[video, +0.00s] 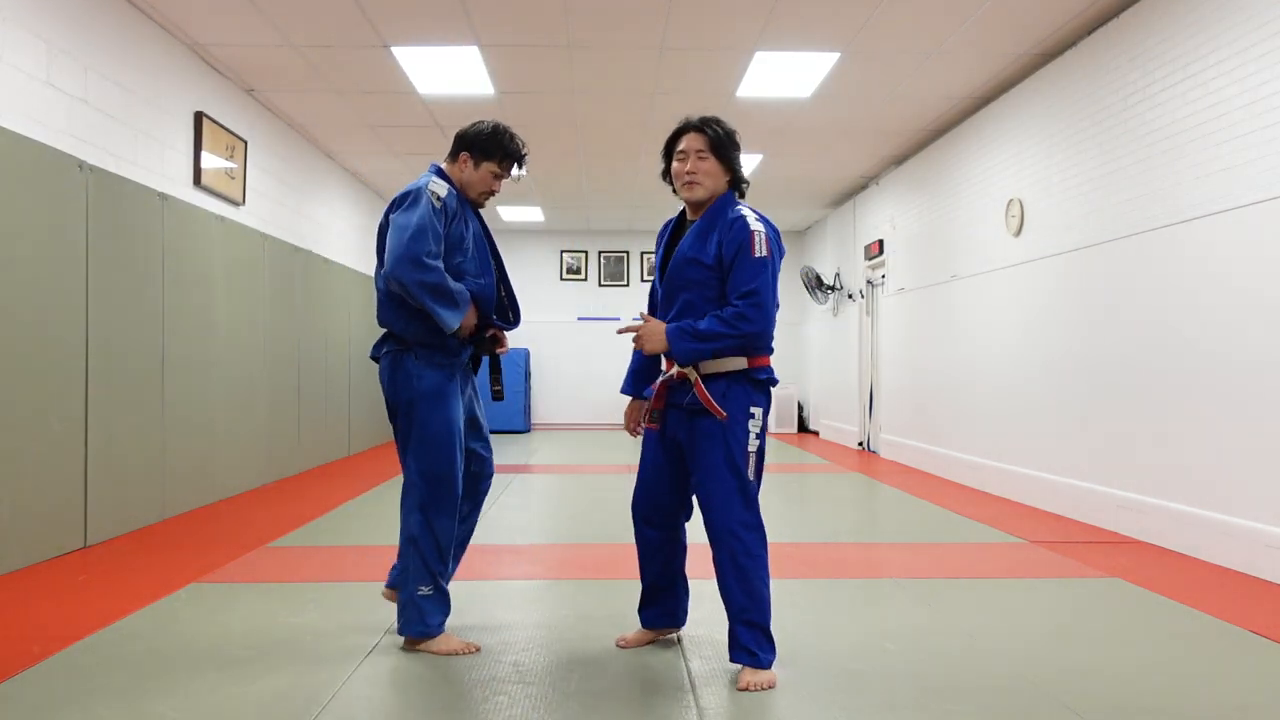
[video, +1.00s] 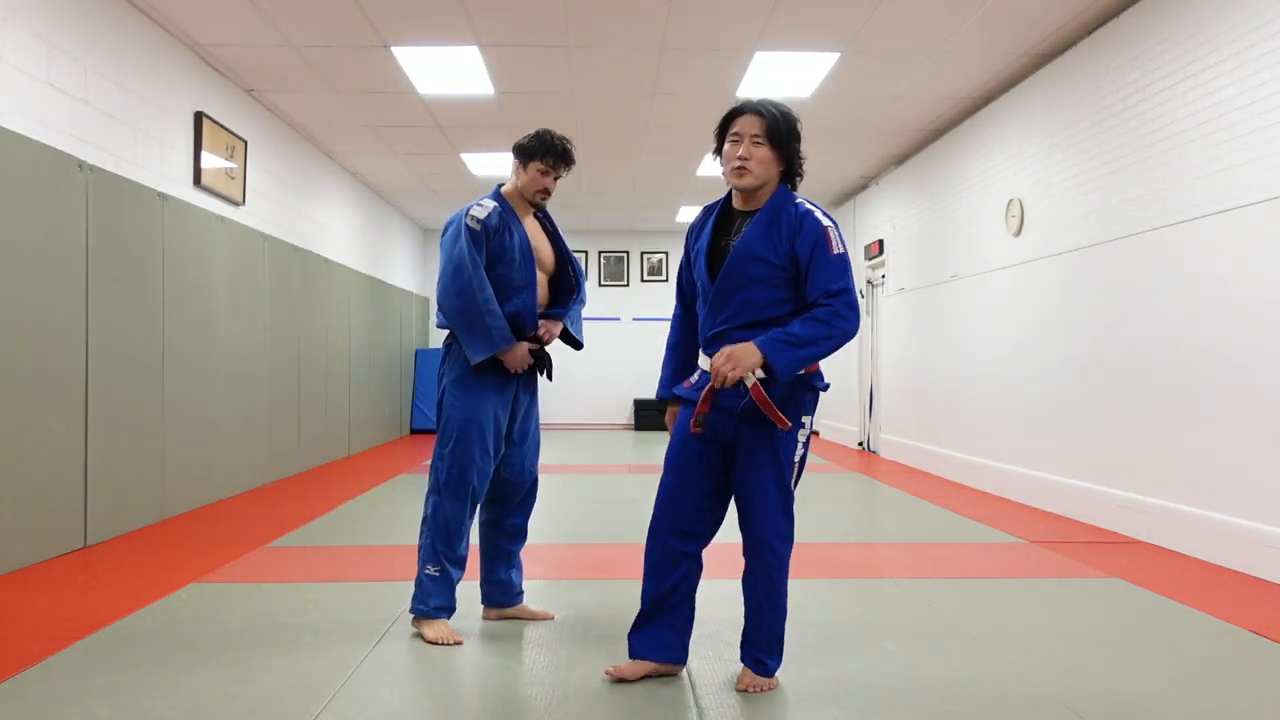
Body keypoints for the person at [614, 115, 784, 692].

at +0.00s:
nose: (686, 165)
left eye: (701, 156)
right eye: (679, 157)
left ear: (728, 168)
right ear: (670, 170)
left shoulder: (749, 228)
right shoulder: (672, 233)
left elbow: (754, 324)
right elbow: (658, 319)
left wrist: (672, 337)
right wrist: (637, 389)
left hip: (732, 389)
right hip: (676, 388)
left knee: (733, 522)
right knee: (654, 509)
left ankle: (753, 655)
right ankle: (662, 618)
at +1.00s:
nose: (742, 151)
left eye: (757, 142)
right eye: (734, 140)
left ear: (784, 157)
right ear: (721, 153)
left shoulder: (809, 224)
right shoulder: (705, 223)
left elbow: (840, 315)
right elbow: (686, 314)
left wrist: (762, 350)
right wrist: (674, 393)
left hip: (773, 400)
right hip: (706, 395)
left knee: (765, 540)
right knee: (673, 528)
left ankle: (761, 660)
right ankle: (660, 651)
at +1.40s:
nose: (734, 147)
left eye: (748, 137)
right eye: (722, 136)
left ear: (771, 153)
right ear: (705, 151)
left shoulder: (795, 217)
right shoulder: (683, 225)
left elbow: (863, 276)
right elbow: (654, 316)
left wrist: (812, 207)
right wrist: (638, 399)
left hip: (777, 396)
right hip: (701, 394)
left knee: (770, 537)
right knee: (694, 534)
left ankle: (761, 658)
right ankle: (690, 676)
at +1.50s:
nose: (727, 146)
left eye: (741, 135)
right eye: (715, 136)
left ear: (763, 149)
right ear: (697, 151)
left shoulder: (791, 213)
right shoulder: (673, 227)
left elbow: (861, 270)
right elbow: (645, 320)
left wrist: (809, 198)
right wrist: (633, 405)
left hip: (774, 398)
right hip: (697, 397)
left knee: (770, 540)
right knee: (694, 540)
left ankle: (761, 657)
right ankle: (693, 686)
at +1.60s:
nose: (717, 142)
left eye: (730, 131)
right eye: (704, 133)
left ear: (753, 146)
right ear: (687, 149)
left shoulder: (783, 213)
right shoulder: (662, 228)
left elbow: (856, 269)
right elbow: (635, 323)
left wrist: (802, 197)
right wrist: (626, 409)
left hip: (769, 401)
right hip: (689, 402)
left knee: (768, 547)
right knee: (690, 552)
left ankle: (762, 656)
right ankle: (691, 697)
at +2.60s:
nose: (671, 120)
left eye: (683, 107)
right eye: (655, 111)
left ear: (707, 121)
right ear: (637, 131)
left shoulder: (750, 187)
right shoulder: (620, 218)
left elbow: (813, 255)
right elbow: (601, 319)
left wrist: (777, 242)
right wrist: (598, 415)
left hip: (750, 390)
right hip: (664, 396)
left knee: (770, 541)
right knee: (669, 563)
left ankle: (787, 645)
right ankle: (679, 709)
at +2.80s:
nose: (706, 132)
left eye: (719, 122)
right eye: (694, 123)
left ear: (744, 141)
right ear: (676, 144)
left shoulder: (778, 211)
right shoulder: (654, 228)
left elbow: (816, 304)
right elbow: (631, 323)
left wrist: (833, 398)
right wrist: (625, 409)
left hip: (769, 399)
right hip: (685, 403)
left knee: (777, 543)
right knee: (679, 561)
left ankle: (781, 652)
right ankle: (680, 708)